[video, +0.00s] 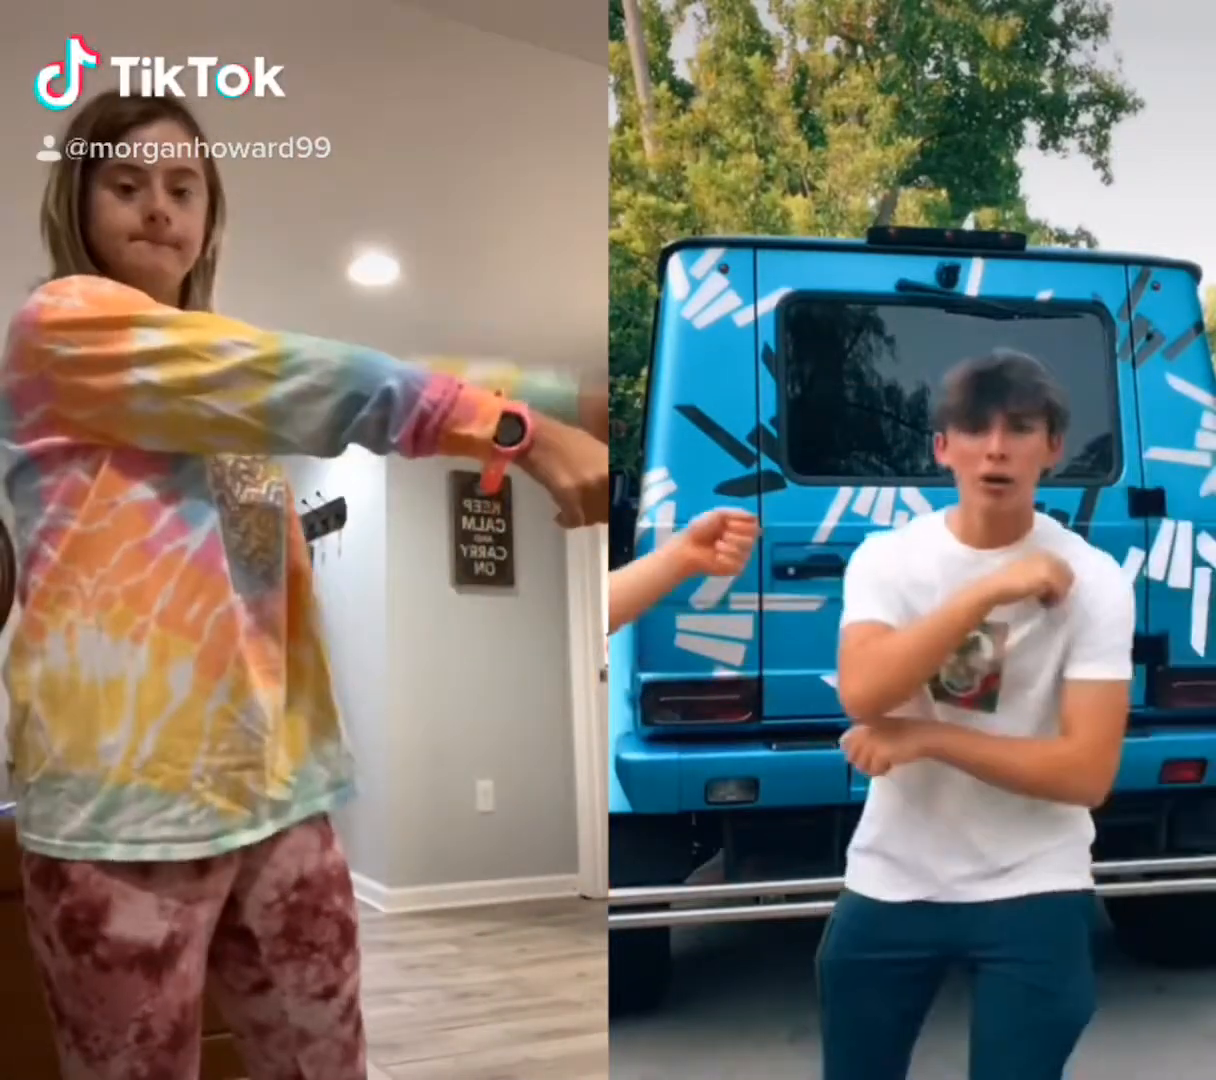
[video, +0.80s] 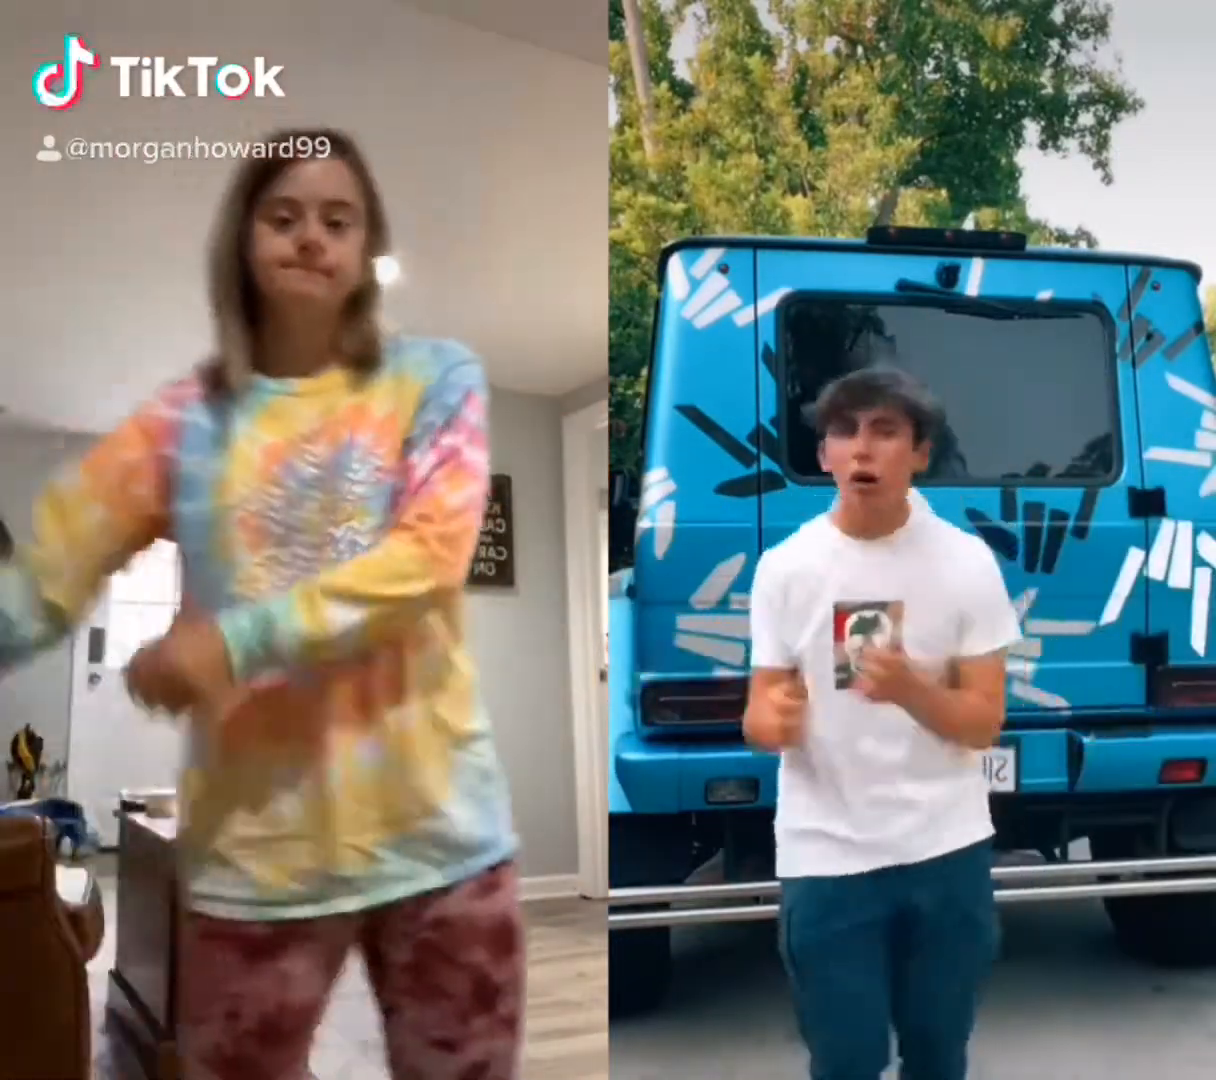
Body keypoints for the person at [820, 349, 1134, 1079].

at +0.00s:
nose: (996, 449)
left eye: (1018, 428)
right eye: (977, 429)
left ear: (1052, 449)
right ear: (945, 449)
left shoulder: (1095, 581)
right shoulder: (886, 560)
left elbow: (1088, 772)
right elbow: (863, 691)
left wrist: (930, 735)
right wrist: (987, 590)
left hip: (1034, 886)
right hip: (892, 880)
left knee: (1017, 1067)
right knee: (853, 1067)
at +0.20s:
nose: (893, 448)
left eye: (918, 431)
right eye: (886, 429)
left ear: (971, 451)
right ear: (872, 438)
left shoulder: (1021, 570)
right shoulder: (827, 553)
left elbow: (1012, 746)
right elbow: (796, 702)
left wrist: (861, 752)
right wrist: (932, 640)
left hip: (980, 863)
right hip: (844, 864)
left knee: (978, 1065)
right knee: (840, 1067)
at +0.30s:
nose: (846, 462)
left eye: (867, 444)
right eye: (850, 444)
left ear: (931, 467)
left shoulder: (1006, 585)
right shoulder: (814, 576)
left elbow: (1024, 750)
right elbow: (785, 739)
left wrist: (890, 798)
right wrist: (896, 743)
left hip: (970, 889)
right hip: (837, 889)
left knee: (962, 1069)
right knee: (834, 1068)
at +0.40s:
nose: (842, 468)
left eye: (864, 451)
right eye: (846, 451)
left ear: (927, 474)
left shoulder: (1004, 587)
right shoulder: (807, 578)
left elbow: (1061, 711)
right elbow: (794, 700)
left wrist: (999, 789)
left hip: (960, 883)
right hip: (837, 877)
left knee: (938, 1067)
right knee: (834, 1066)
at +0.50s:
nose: (836, 452)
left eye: (858, 437)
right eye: (840, 435)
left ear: (919, 461)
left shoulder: (1003, 566)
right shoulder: (800, 556)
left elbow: (1057, 655)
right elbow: (764, 655)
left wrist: (1074, 742)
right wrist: (679, 710)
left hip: (956, 849)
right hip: (834, 833)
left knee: (941, 1057)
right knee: (827, 1023)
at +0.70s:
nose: (828, 426)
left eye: (853, 410)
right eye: (828, 409)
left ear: (912, 432)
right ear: (821, 418)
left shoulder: (980, 534)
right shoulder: (793, 526)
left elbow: (1011, 644)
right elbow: (763, 656)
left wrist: (1038, 708)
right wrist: (672, 650)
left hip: (948, 814)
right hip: (832, 808)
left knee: (932, 1034)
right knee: (844, 1021)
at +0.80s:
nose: (863, 449)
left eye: (884, 432)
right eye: (847, 431)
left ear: (919, 452)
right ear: (825, 452)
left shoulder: (966, 563)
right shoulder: (785, 570)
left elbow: (984, 721)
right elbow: (760, 714)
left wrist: (910, 689)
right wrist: (778, 721)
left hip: (946, 854)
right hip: (826, 860)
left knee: (939, 1060)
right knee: (846, 1061)